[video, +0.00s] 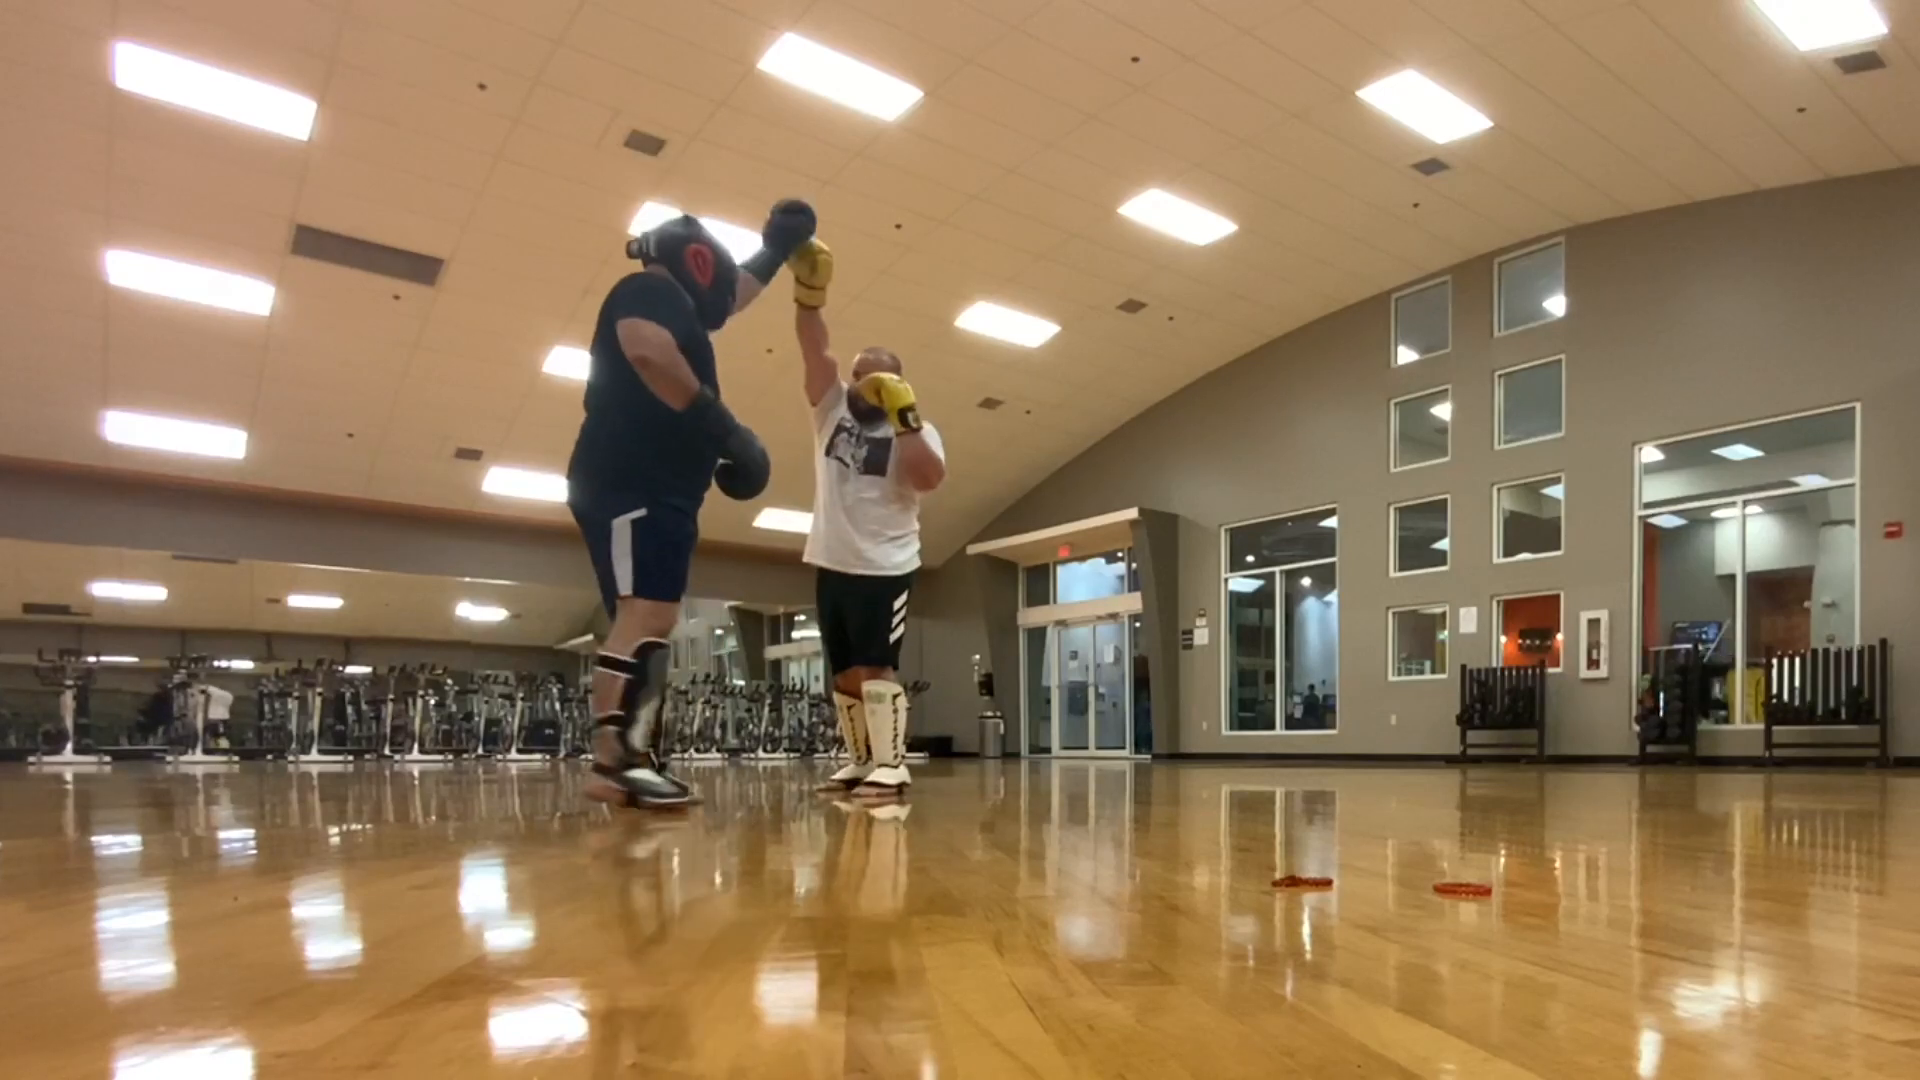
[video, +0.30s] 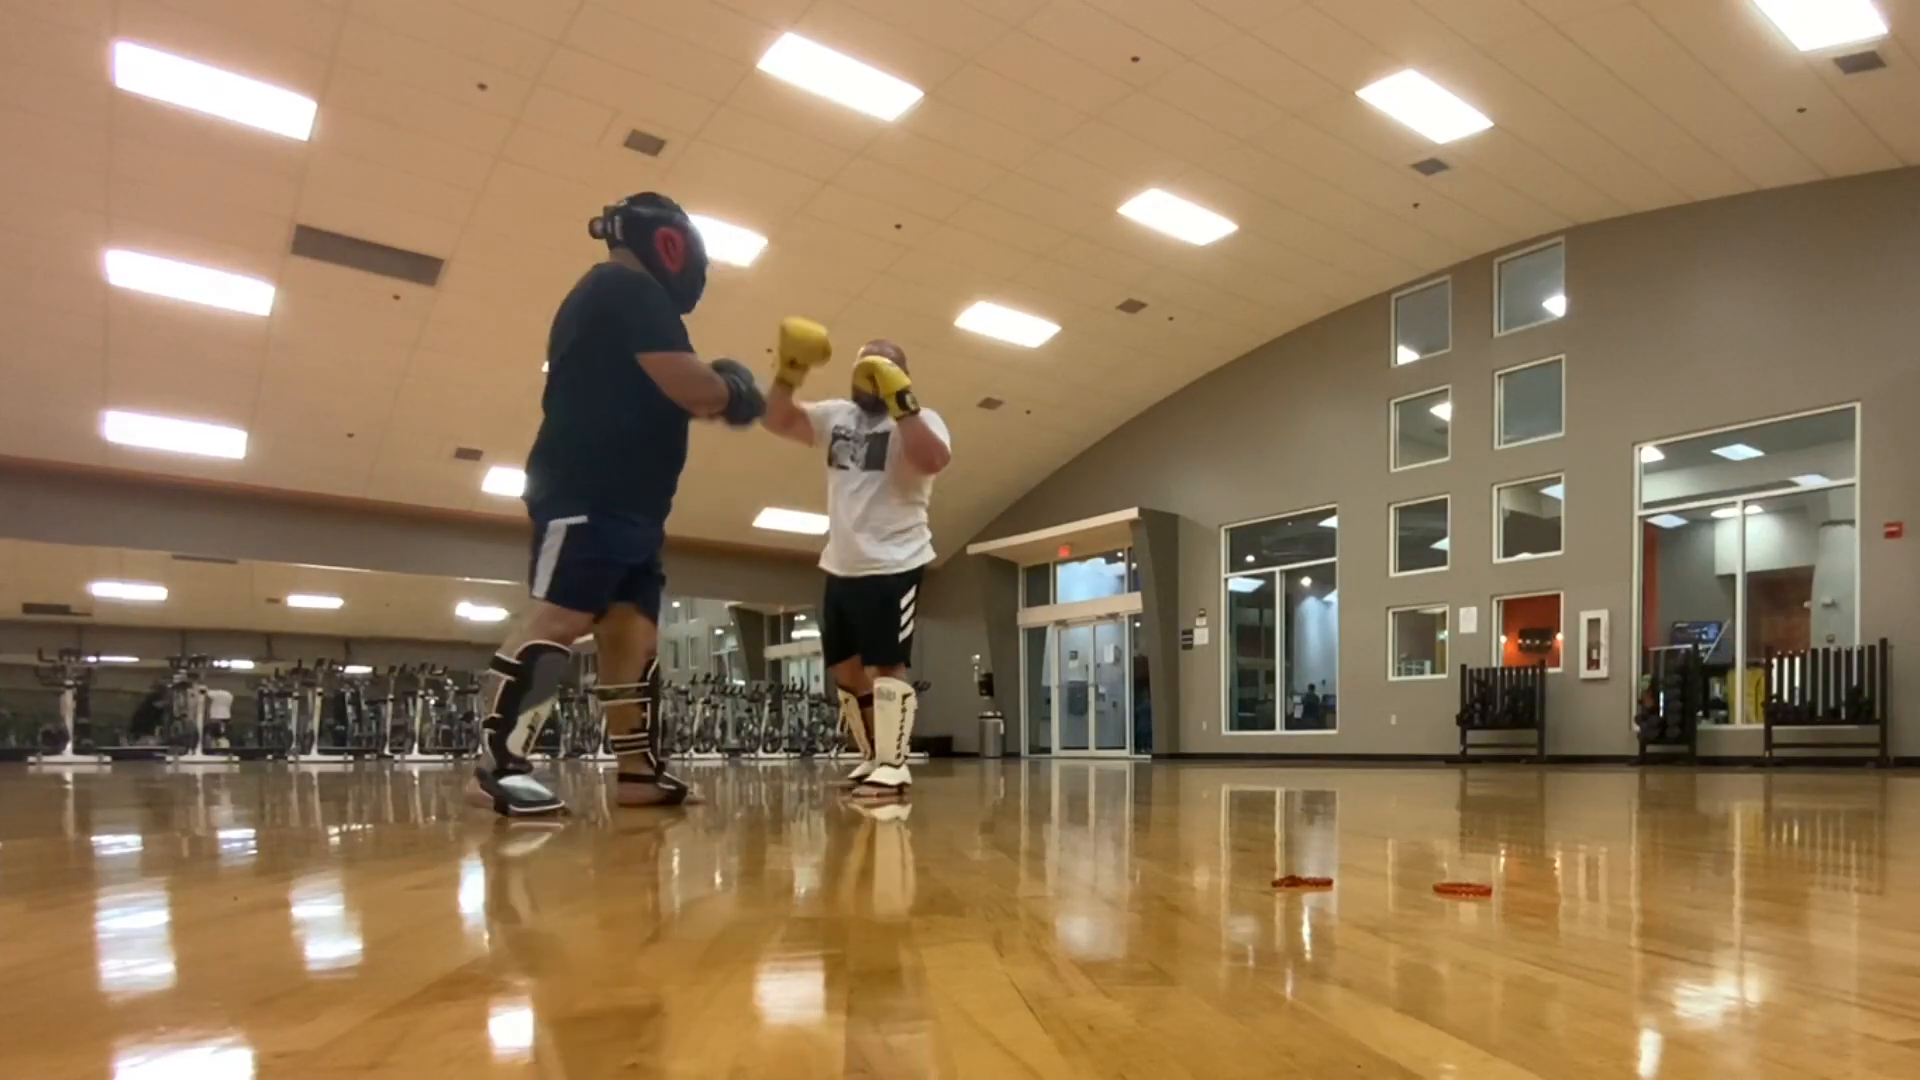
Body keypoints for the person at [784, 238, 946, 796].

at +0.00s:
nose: (856, 374)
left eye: (868, 370)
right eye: (855, 370)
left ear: (894, 381)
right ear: (849, 382)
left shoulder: (916, 429)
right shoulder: (834, 411)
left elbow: (926, 479)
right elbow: (815, 351)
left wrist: (904, 419)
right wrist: (808, 295)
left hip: (884, 562)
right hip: (833, 557)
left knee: (873, 667)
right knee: (842, 668)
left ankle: (889, 768)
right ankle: (859, 761)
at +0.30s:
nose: (868, 362)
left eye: (880, 357)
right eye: (863, 357)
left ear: (901, 376)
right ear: (853, 374)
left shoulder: (920, 420)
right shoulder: (837, 414)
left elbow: (933, 462)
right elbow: (779, 420)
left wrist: (900, 399)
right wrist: (786, 376)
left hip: (894, 562)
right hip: (842, 563)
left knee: (884, 666)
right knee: (844, 666)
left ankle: (893, 770)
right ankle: (875, 757)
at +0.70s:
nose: (854, 380)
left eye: (864, 375)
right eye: (849, 374)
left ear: (881, 385)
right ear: (841, 387)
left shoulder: (898, 426)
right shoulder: (834, 443)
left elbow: (897, 382)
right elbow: (791, 476)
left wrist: (856, 337)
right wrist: (806, 421)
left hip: (889, 551)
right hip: (847, 559)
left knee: (860, 642)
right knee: (862, 652)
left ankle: (882, 753)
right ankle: (881, 753)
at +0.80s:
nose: (851, 381)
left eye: (862, 374)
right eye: (847, 374)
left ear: (882, 384)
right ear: (839, 388)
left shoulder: (895, 424)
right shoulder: (838, 442)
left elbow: (888, 371)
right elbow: (793, 479)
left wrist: (845, 319)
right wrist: (806, 424)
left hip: (883, 550)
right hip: (845, 558)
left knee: (861, 654)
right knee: (856, 660)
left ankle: (882, 759)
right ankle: (878, 760)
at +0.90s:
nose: (851, 381)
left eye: (861, 375)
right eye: (847, 374)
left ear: (879, 384)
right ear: (838, 385)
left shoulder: (892, 422)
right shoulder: (838, 441)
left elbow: (883, 368)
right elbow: (793, 478)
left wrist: (840, 316)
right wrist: (806, 424)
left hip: (879, 549)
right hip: (843, 556)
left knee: (863, 656)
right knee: (857, 660)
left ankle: (883, 761)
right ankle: (880, 759)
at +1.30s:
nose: (841, 384)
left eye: (851, 378)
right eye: (837, 378)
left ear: (869, 386)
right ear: (830, 390)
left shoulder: (883, 424)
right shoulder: (829, 444)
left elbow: (867, 367)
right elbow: (786, 480)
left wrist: (825, 317)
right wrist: (798, 426)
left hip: (877, 549)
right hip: (838, 559)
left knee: (866, 654)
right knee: (856, 661)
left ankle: (882, 761)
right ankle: (882, 760)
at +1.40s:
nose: (839, 380)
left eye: (849, 375)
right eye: (835, 374)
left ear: (866, 384)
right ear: (828, 387)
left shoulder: (881, 422)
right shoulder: (826, 443)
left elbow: (867, 368)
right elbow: (786, 481)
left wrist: (827, 320)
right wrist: (796, 428)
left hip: (876, 550)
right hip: (836, 559)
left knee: (865, 654)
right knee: (855, 662)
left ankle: (882, 760)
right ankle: (881, 759)